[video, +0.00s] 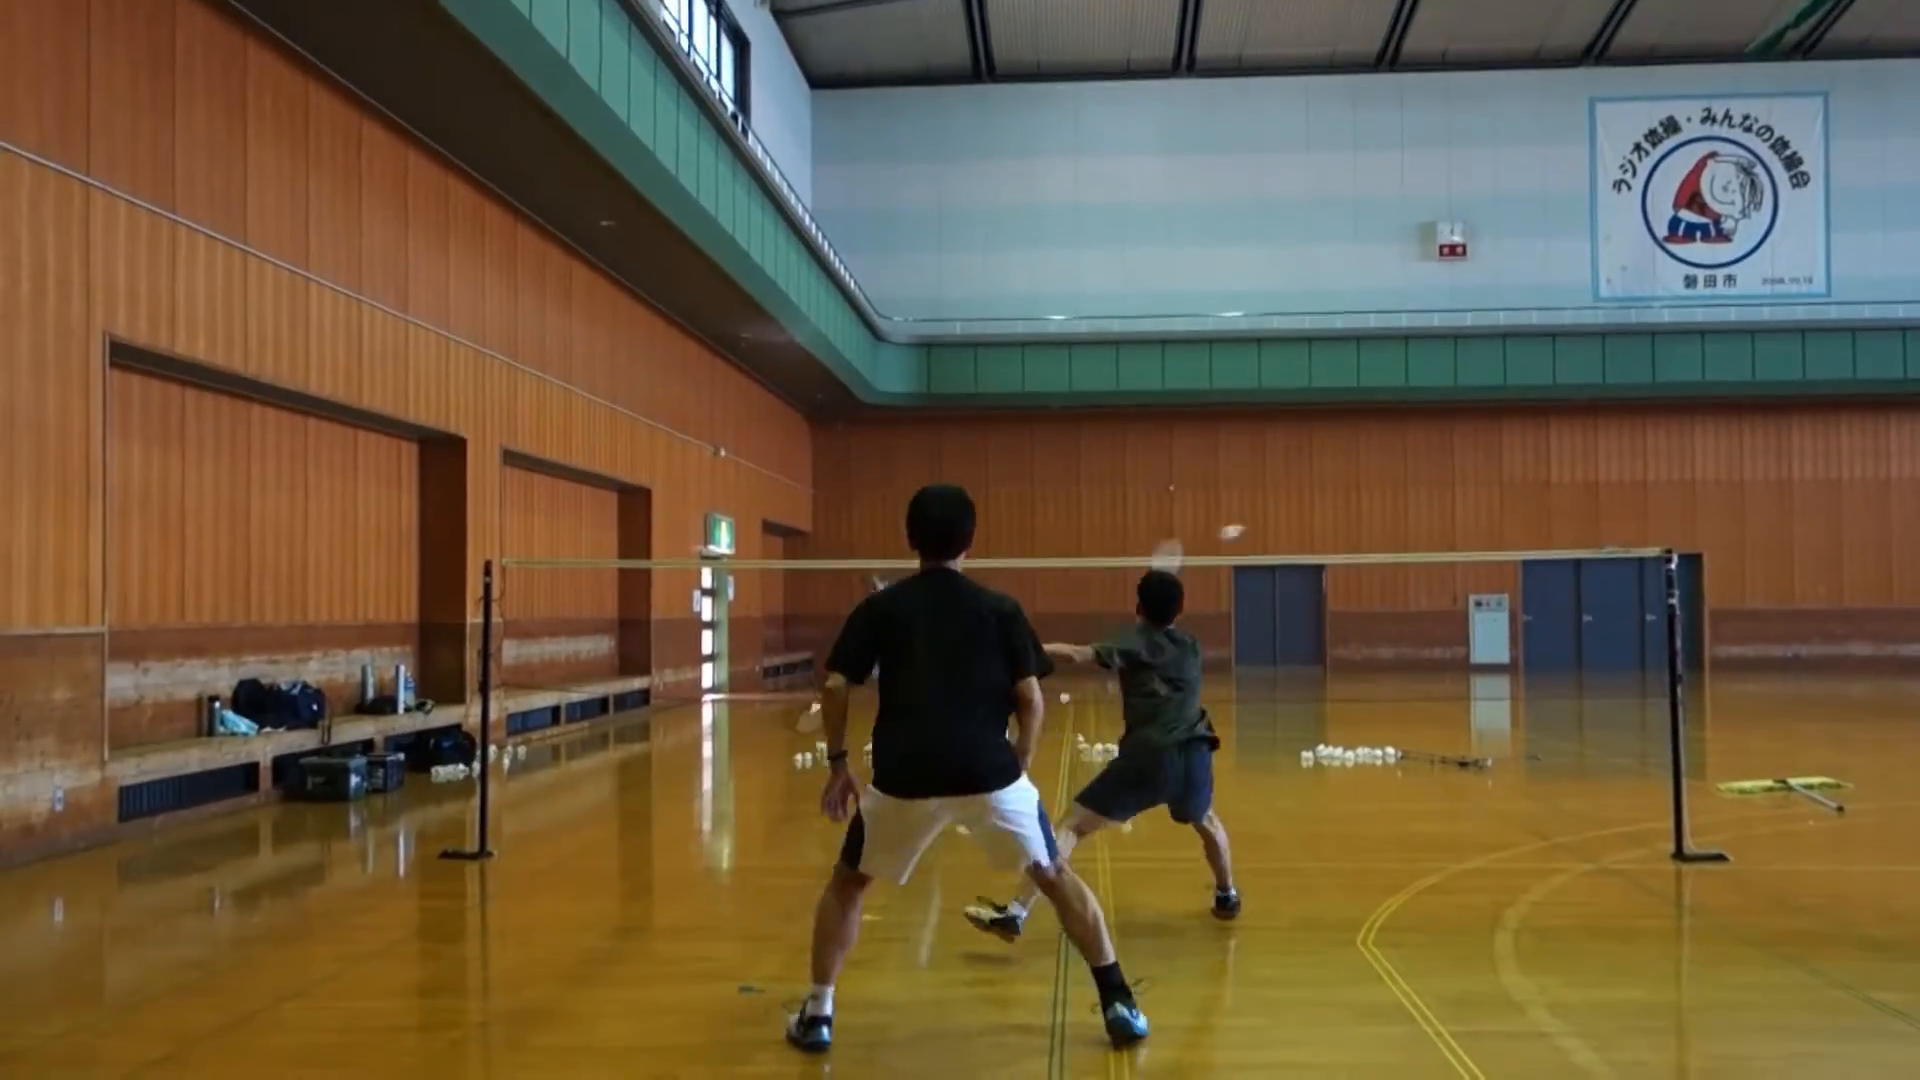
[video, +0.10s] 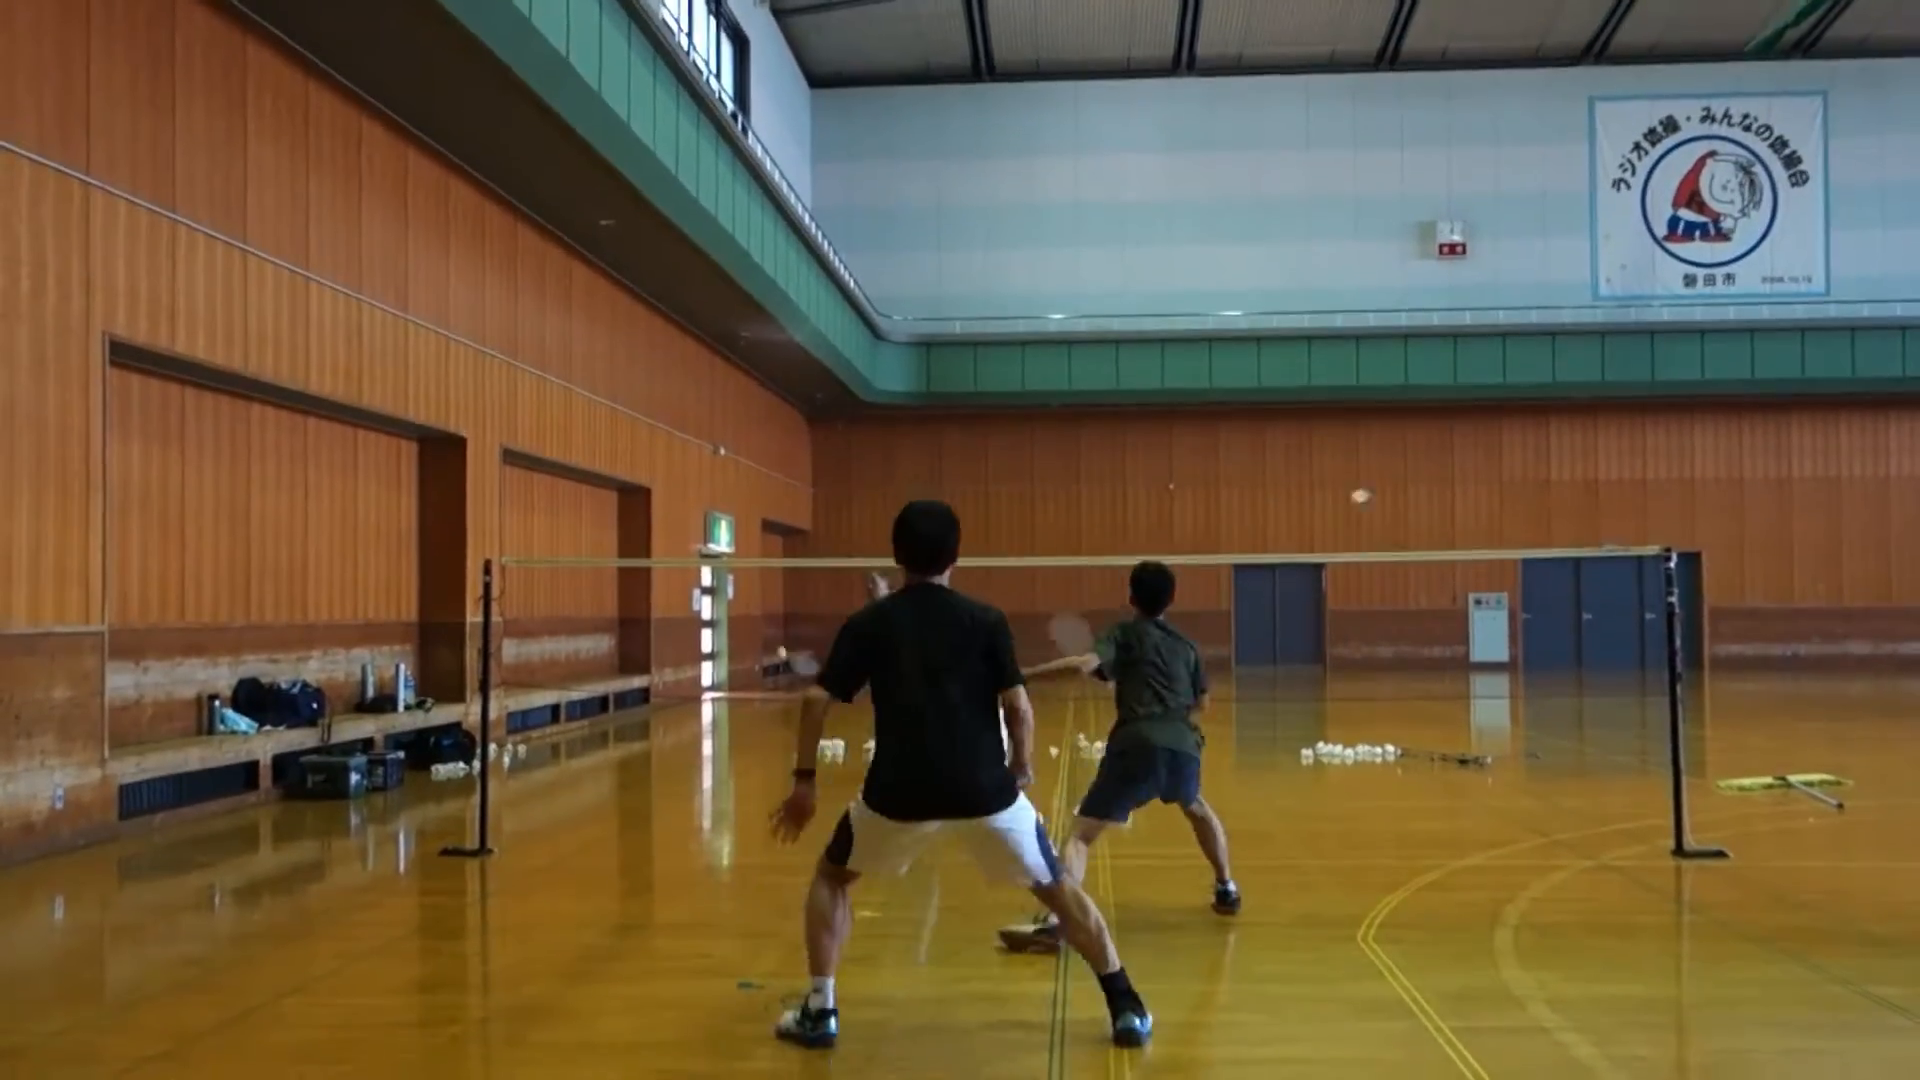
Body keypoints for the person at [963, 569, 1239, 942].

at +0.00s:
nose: (1137, 602)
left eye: (1140, 597)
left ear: (1139, 606)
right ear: (1177, 611)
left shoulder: (1135, 645)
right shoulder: (1189, 646)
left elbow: (1076, 654)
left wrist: (1025, 648)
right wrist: (1162, 581)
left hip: (1146, 759)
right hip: (1194, 758)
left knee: (1074, 828)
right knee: (1207, 821)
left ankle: (1016, 912)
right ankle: (1227, 894)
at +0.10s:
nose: (1128, 597)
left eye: (1130, 591)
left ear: (1132, 598)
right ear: (1169, 601)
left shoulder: (1123, 634)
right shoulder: (1186, 646)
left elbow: (1083, 664)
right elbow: (1199, 703)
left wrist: (1021, 675)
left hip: (1135, 746)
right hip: (1183, 747)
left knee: (1082, 836)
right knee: (1196, 806)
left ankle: (1058, 922)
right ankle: (1226, 886)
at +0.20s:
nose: (1113, 570)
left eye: (1114, 564)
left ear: (1115, 569)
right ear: (1153, 574)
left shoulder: (1098, 604)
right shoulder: (1171, 629)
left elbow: (1076, 648)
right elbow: (1188, 701)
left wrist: (1039, 695)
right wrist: (1169, 739)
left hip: (1103, 723)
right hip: (1153, 727)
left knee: (1045, 804)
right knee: (1183, 801)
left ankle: (1046, 878)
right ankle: (1217, 879)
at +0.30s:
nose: (1090, 570)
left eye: (1091, 564)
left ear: (1090, 568)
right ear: (1129, 571)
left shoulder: (1071, 610)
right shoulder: (1151, 624)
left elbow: (1052, 670)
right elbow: (1161, 694)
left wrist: (1023, 717)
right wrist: (1144, 726)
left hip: (1079, 725)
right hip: (1133, 728)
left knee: (1012, 796)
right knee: (1161, 794)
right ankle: (1196, 873)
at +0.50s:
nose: (1001, 586)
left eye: (1004, 581)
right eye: (1005, 580)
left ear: (1007, 589)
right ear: (1042, 592)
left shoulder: (1002, 637)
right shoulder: (1052, 637)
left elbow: (979, 681)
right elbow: (1054, 698)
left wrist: (935, 717)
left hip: (1014, 752)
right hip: (1058, 753)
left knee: (933, 815)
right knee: (1100, 830)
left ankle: (959, 906)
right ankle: (1178, 891)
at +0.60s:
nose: (922, 595)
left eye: (925, 589)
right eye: (924, 588)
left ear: (931, 596)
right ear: (963, 598)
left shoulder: (951, 644)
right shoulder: (967, 637)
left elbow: (920, 716)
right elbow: (951, 708)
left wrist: (875, 740)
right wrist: (921, 748)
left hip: (981, 754)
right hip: (1009, 749)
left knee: (913, 828)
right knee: (1007, 838)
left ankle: (956, 917)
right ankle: (1086, 865)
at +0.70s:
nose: (845, 628)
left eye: (850, 622)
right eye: (848, 621)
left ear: (862, 626)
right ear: (882, 622)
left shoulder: (896, 662)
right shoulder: (883, 658)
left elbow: (867, 725)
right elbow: (873, 725)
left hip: (960, 753)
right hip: (939, 749)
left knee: (899, 823)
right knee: (893, 810)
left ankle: (943, 909)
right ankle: (943, 877)